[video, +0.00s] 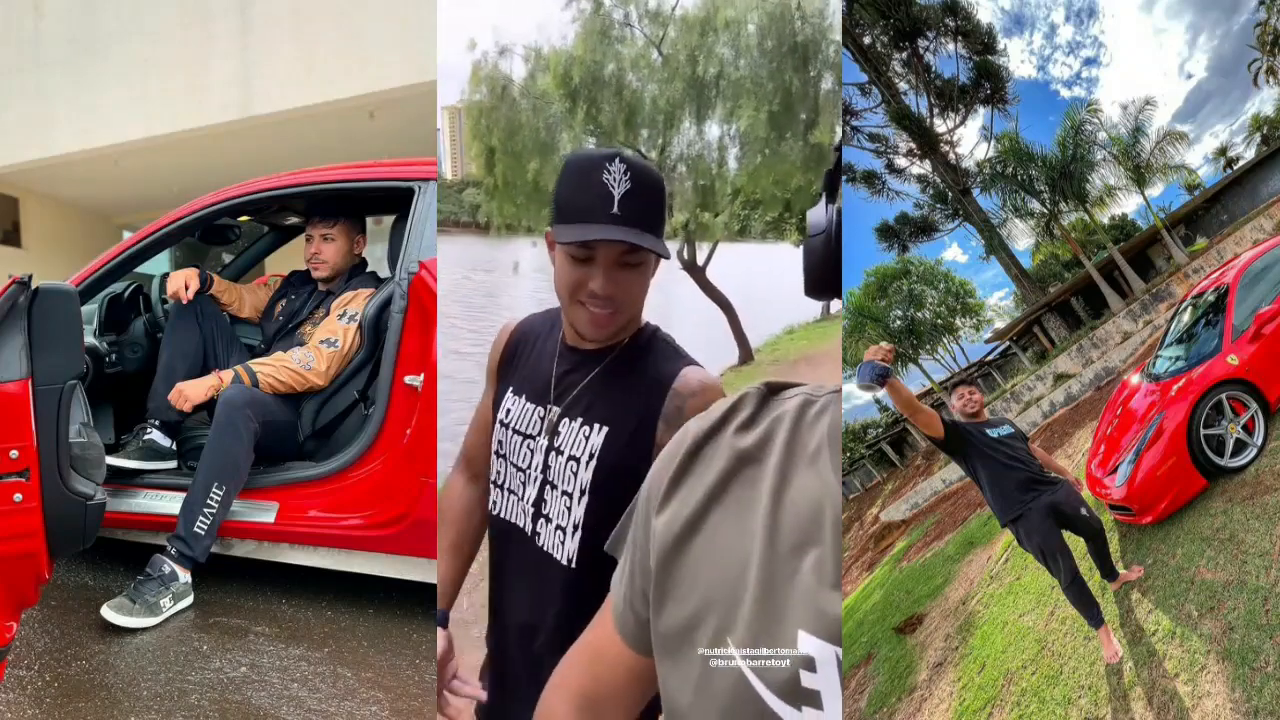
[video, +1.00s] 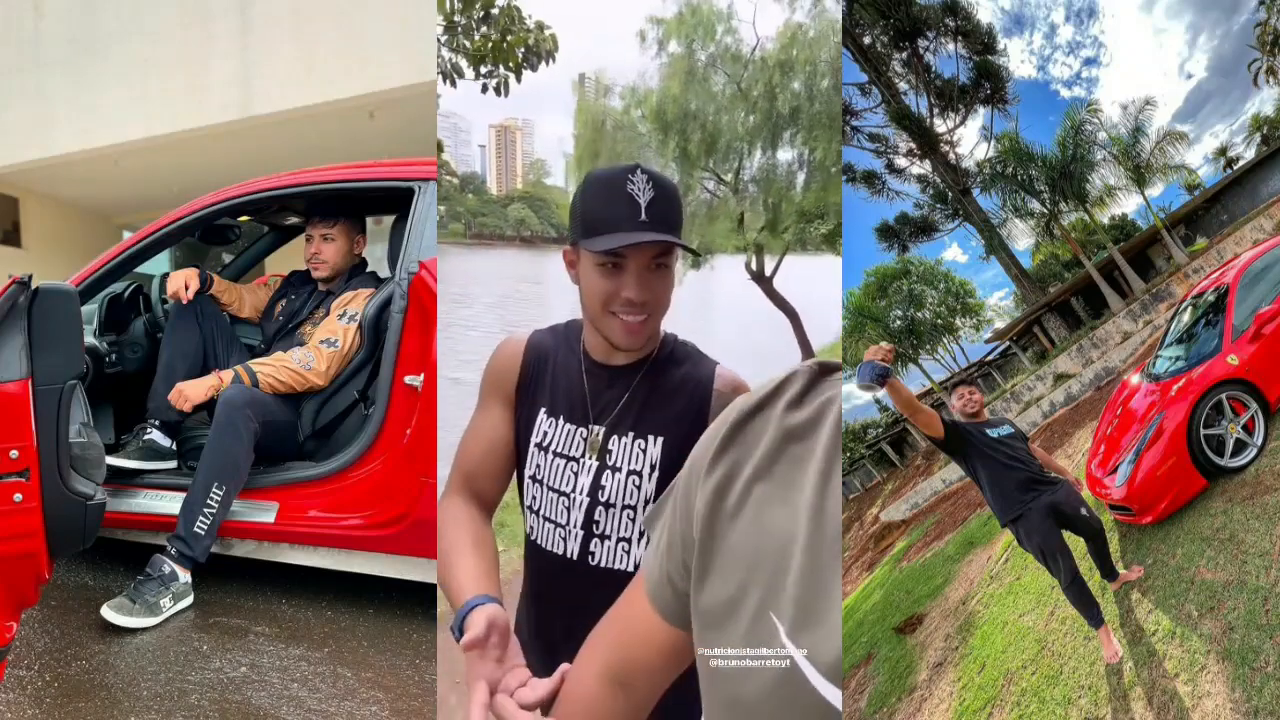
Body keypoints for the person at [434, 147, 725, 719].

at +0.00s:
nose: (600, 285)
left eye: (628, 262)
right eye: (582, 258)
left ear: (657, 262)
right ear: (551, 248)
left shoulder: (685, 397)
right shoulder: (520, 345)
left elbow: (682, 582)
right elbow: (471, 477)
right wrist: (437, 614)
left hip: (607, 701)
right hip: (505, 681)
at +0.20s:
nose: (586, 313)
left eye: (610, 291)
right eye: (566, 289)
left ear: (639, 286)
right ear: (539, 278)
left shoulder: (672, 399)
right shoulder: (515, 355)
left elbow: (679, 581)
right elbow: (477, 472)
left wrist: (669, 700)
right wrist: (437, 588)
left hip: (598, 689)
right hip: (495, 662)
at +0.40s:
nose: (572, 310)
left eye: (598, 287)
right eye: (551, 285)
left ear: (625, 283)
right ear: (523, 275)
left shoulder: (660, 400)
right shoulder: (498, 356)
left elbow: (662, 580)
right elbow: (460, 473)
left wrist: (616, 709)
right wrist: (398, 570)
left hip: (588, 696)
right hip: (484, 675)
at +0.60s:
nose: (599, 274)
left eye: (622, 246)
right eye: (575, 247)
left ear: (645, 247)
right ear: (541, 246)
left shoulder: (688, 376)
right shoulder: (501, 347)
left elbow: (702, 549)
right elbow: (456, 477)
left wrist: (707, 686)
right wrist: (433, 604)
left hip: (616, 687)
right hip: (498, 670)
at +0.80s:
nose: (629, 285)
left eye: (651, 260)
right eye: (606, 258)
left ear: (671, 264)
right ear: (568, 259)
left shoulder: (712, 393)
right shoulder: (519, 359)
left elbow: (733, 558)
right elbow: (463, 487)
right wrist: (467, 606)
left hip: (640, 694)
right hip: (522, 678)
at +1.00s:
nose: (635, 292)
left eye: (658, 265)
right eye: (611, 264)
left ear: (676, 267)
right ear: (572, 264)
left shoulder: (718, 401)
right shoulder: (522, 366)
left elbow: (723, 583)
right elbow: (468, 499)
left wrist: (593, 678)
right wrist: (480, 605)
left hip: (659, 698)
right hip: (536, 683)